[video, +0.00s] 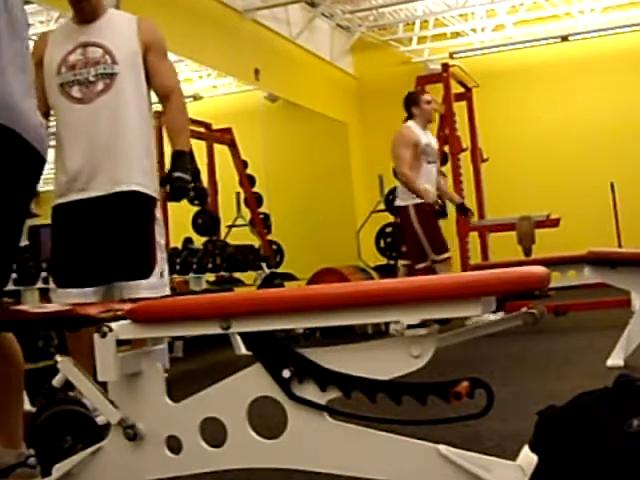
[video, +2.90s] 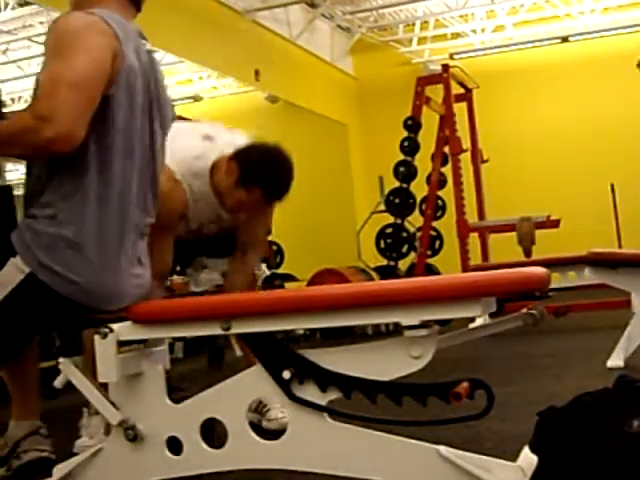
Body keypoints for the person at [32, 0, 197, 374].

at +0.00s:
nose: (80, 1)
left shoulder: (140, 32)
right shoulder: (46, 47)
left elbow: (171, 97)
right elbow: (36, 115)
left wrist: (183, 160)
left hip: (132, 183)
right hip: (73, 191)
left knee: (141, 302)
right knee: (76, 309)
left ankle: (146, 399)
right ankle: (85, 401)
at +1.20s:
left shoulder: (197, 26)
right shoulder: (101, 33)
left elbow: (232, 92)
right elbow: (77, 104)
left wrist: (246, 167)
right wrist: (53, 160)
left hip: (183, 185)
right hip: (118, 182)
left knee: (183, 298)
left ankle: (189, 395)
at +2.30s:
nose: (195, 22)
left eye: (203, 15)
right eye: (191, 11)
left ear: (210, 11)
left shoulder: (212, 40)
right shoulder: (115, 29)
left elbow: (226, 108)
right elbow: (93, 108)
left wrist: (242, 166)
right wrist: (116, 185)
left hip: (195, 189)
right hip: (130, 194)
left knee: (223, 286)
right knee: (132, 308)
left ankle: (232, 388)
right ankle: (138, 401)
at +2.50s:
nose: (227, 61)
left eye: (236, 54)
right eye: (224, 49)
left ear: (248, 47)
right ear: (207, 23)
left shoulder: (245, 72)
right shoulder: (151, 54)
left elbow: (247, 135)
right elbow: (128, 138)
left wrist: (241, 196)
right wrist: (133, 222)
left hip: (205, 203)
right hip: (145, 203)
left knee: (229, 312)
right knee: (137, 323)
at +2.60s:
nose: (238, 86)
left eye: (248, 80)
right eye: (235, 75)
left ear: (259, 72)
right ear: (218, 52)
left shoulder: (257, 89)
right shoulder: (161, 76)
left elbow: (259, 153)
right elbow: (138, 167)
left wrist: (247, 212)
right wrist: (144, 250)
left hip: (209, 196)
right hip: (150, 193)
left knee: (229, 302)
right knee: (146, 306)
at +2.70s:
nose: (247, 137)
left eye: (257, 133)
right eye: (245, 128)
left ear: (269, 120)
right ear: (232, 101)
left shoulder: (264, 120)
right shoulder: (168, 120)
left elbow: (264, 178)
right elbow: (149, 210)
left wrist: (250, 236)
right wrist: (153, 292)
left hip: (210, 209)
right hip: (159, 211)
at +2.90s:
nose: (247, 212)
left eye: (256, 207)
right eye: (246, 204)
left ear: (265, 196)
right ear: (231, 177)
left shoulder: (260, 188)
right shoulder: (173, 186)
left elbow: (247, 262)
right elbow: (156, 278)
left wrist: (243, 338)